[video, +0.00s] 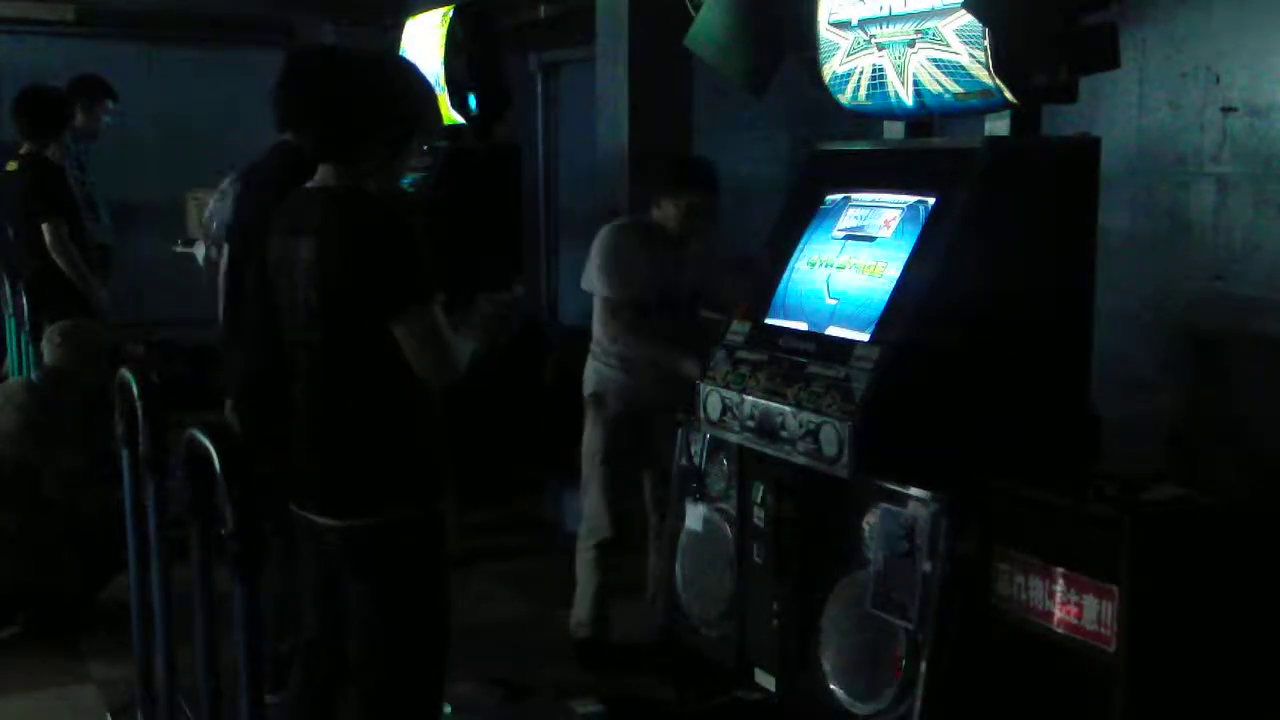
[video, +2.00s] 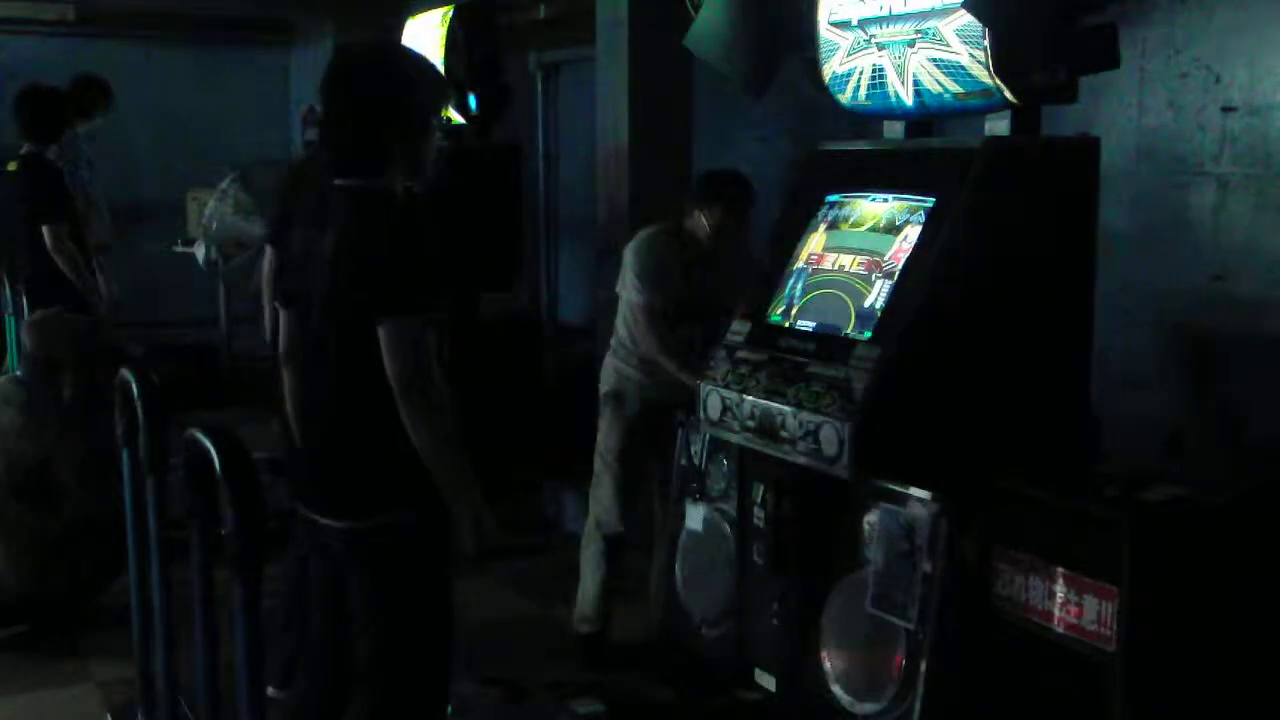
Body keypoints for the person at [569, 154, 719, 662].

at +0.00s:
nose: (696, 220)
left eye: (702, 210)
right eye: (689, 207)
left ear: (705, 210)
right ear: (664, 200)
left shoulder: (692, 252)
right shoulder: (618, 241)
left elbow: (699, 318)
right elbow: (612, 334)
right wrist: (683, 362)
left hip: (668, 393)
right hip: (615, 392)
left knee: (667, 512)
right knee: (605, 516)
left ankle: (666, 622)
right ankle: (589, 628)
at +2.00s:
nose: (724, 228)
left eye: (732, 220)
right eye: (719, 216)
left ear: (736, 222)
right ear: (698, 210)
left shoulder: (722, 259)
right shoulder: (650, 249)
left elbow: (730, 325)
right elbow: (645, 337)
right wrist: (697, 383)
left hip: (681, 395)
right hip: (629, 388)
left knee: (674, 511)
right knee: (612, 511)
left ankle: (664, 625)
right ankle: (590, 624)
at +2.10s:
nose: (724, 228)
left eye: (732, 219)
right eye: (719, 216)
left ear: (738, 221)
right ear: (697, 210)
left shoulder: (724, 259)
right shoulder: (650, 248)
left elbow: (732, 324)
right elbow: (645, 336)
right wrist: (698, 382)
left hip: (682, 396)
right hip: (630, 390)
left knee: (676, 512)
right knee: (612, 511)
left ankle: (664, 625)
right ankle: (589, 622)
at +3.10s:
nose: (579, 207)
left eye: (585, 196)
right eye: (575, 198)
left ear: (610, 190)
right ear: (576, 197)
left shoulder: (645, 238)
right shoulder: (586, 236)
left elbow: (658, 314)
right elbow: (580, 302)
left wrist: (628, 371)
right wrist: (575, 354)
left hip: (640, 381)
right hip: (594, 379)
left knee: (642, 493)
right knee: (592, 491)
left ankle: (650, 602)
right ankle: (604, 592)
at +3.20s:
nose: (575, 208)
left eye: (581, 196)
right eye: (571, 198)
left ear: (606, 191)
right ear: (575, 198)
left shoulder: (643, 236)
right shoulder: (587, 239)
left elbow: (655, 311)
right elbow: (583, 309)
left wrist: (619, 368)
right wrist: (585, 356)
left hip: (638, 381)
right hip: (596, 379)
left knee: (638, 491)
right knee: (595, 492)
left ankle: (648, 598)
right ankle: (604, 591)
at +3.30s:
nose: (576, 210)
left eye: (581, 199)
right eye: (572, 200)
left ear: (606, 192)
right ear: (578, 200)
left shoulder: (643, 236)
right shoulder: (593, 239)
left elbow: (653, 313)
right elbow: (592, 311)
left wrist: (617, 371)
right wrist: (587, 364)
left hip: (640, 384)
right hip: (600, 380)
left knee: (639, 494)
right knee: (596, 494)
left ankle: (648, 600)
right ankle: (604, 592)